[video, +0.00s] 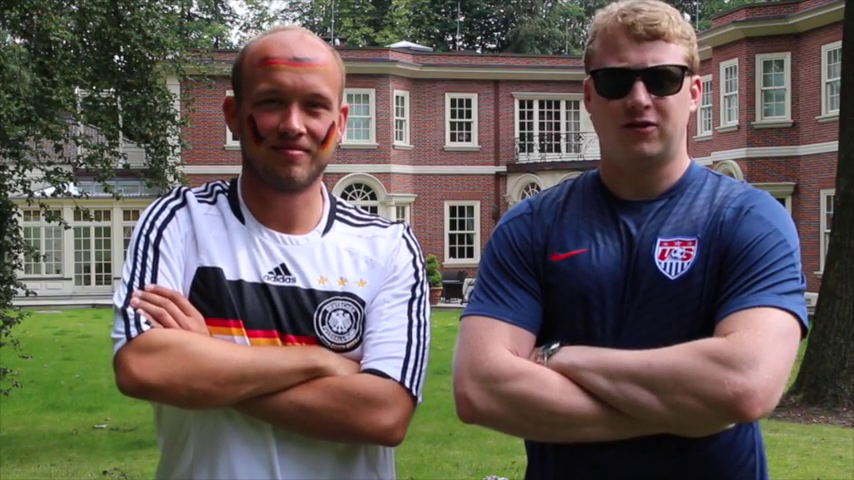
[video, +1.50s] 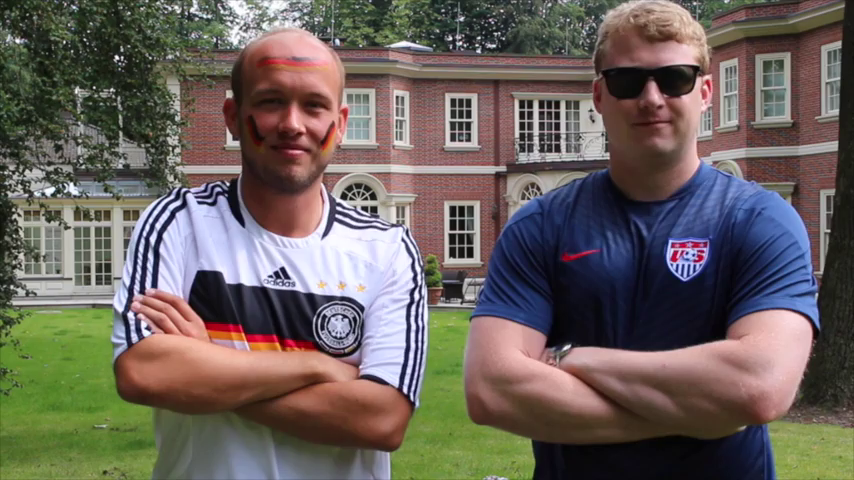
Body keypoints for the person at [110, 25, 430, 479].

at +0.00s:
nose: (293, 125)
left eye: (315, 106)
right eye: (272, 103)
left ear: (340, 122)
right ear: (234, 115)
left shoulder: (389, 247)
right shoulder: (175, 221)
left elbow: (386, 417)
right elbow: (139, 367)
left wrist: (210, 366)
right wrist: (322, 361)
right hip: (203, 474)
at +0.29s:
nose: (293, 124)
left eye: (314, 104)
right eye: (271, 102)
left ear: (339, 122)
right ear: (233, 115)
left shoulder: (389, 247)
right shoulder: (175, 220)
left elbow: (387, 417)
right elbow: (140, 368)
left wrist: (211, 367)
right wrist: (322, 361)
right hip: (203, 474)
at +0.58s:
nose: (293, 125)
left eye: (315, 105)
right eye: (271, 102)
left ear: (339, 123)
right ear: (234, 115)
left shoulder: (388, 247)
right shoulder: (175, 220)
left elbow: (386, 417)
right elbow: (139, 368)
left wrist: (211, 367)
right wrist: (321, 362)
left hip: (343, 475)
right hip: (202, 473)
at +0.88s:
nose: (291, 124)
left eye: (312, 105)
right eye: (269, 102)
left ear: (337, 124)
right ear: (231, 116)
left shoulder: (387, 248)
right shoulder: (172, 223)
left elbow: (386, 419)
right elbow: (140, 374)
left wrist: (211, 371)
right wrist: (321, 364)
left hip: (343, 475)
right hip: (202, 473)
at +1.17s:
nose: (293, 125)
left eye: (314, 105)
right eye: (270, 102)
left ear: (338, 124)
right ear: (232, 117)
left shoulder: (387, 249)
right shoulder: (174, 222)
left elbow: (386, 421)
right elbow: (140, 374)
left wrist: (211, 372)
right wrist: (321, 365)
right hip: (201, 473)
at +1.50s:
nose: (293, 125)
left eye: (315, 105)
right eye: (271, 102)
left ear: (339, 124)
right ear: (233, 117)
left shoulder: (388, 249)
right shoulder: (175, 220)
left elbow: (384, 422)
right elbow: (139, 373)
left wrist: (211, 372)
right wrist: (318, 366)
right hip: (200, 473)